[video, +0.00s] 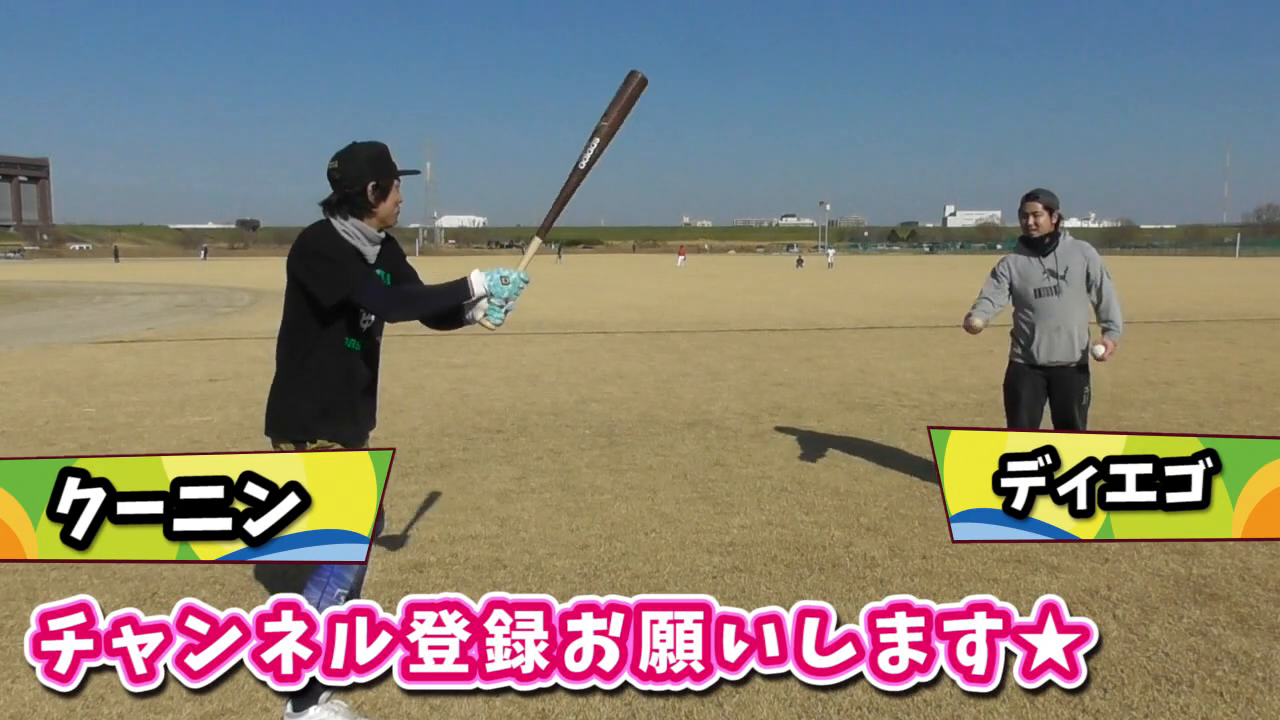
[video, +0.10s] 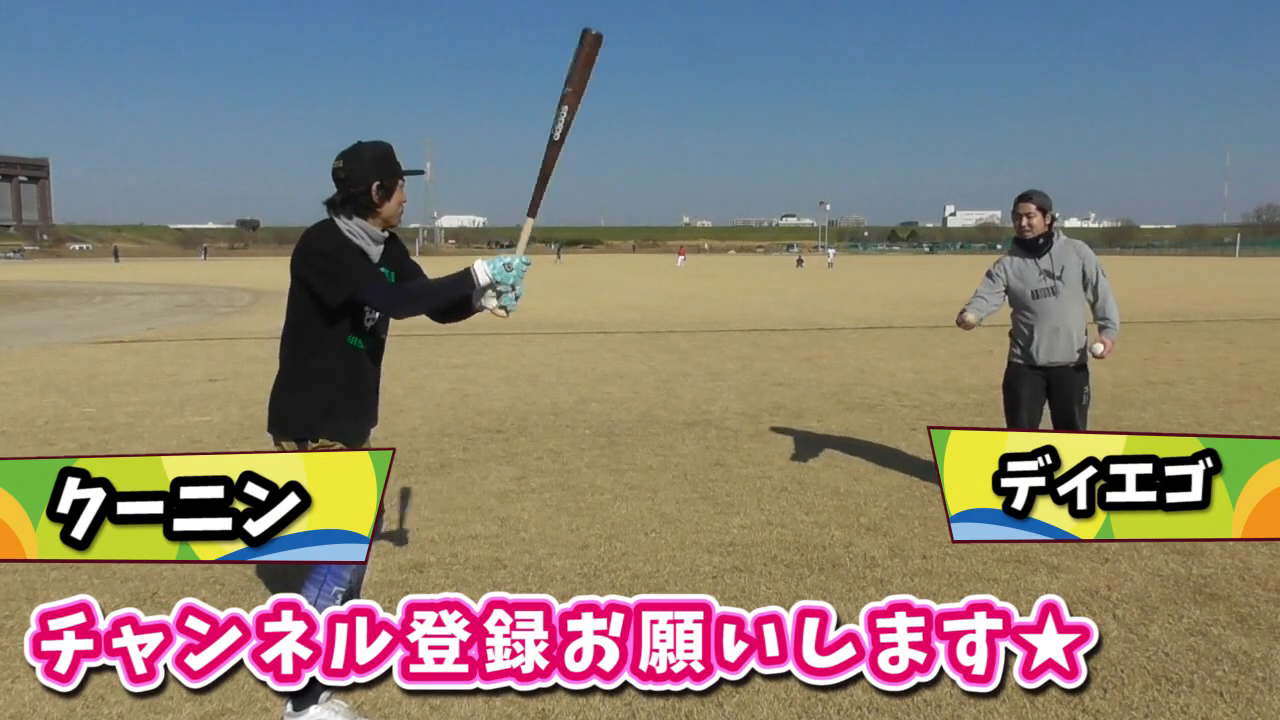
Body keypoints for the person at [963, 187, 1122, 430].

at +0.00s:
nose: (1029, 222)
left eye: (1036, 215)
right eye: (1024, 216)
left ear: (1054, 217)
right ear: (1019, 220)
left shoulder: (1082, 253)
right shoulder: (1012, 263)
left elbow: (1105, 295)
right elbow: (993, 295)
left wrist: (1110, 334)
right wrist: (977, 316)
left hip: (1071, 363)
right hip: (1026, 364)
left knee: (1072, 440)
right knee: (1020, 438)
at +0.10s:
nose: (1023, 223)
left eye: (1030, 216)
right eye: (1018, 217)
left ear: (1048, 218)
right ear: (1013, 221)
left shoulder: (1077, 252)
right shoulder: (1008, 264)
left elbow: (1101, 293)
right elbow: (988, 293)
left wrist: (1107, 333)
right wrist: (971, 313)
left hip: (1070, 363)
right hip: (1025, 364)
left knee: (1073, 441)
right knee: (1020, 438)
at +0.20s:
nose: (1015, 224)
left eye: (1022, 218)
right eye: (1010, 218)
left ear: (1040, 220)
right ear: (1005, 222)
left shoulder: (1071, 251)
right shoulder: (1003, 267)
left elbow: (1096, 291)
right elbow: (983, 298)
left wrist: (1104, 332)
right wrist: (966, 320)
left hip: (1069, 363)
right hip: (1024, 365)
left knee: (1074, 440)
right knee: (1020, 438)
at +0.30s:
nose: (1007, 228)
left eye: (1013, 220)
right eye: (1002, 222)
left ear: (1031, 222)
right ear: (997, 225)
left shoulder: (1066, 251)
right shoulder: (997, 272)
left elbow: (1093, 291)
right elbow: (979, 310)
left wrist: (1101, 334)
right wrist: (962, 342)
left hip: (1069, 364)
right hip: (1023, 367)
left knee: (1075, 442)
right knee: (1019, 440)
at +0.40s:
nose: (998, 231)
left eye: (1005, 224)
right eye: (994, 226)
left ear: (1023, 226)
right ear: (990, 229)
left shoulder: (1060, 251)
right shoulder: (994, 278)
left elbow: (1089, 289)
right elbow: (981, 323)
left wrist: (1099, 334)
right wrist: (972, 360)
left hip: (1068, 364)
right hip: (1023, 368)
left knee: (1075, 442)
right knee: (1018, 440)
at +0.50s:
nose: (993, 234)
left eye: (999, 227)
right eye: (988, 229)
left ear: (1017, 227)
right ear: (985, 232)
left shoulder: (1055, 253)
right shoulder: (993, 278)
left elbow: (1086, 290)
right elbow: (987, 327)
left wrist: (1095, 336)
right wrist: (987, 366)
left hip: (1066, 364)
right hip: (1022, 368)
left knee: (1073, 440)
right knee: (1017, 438)